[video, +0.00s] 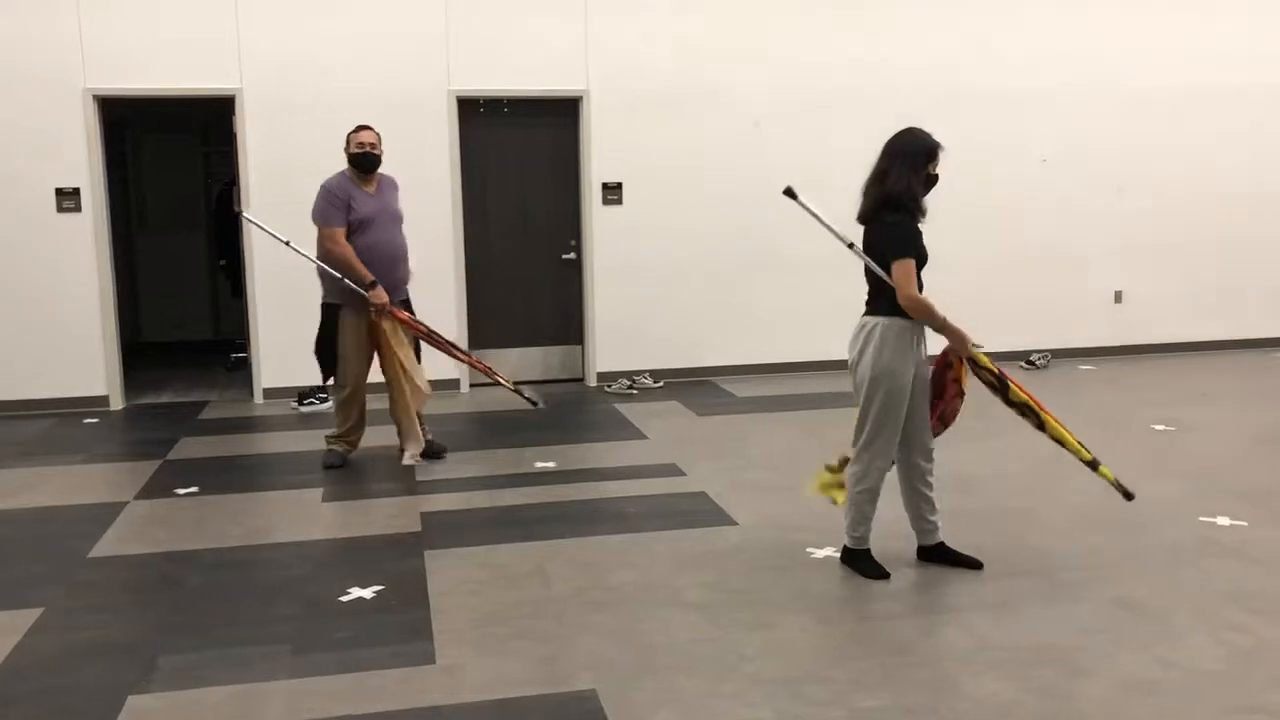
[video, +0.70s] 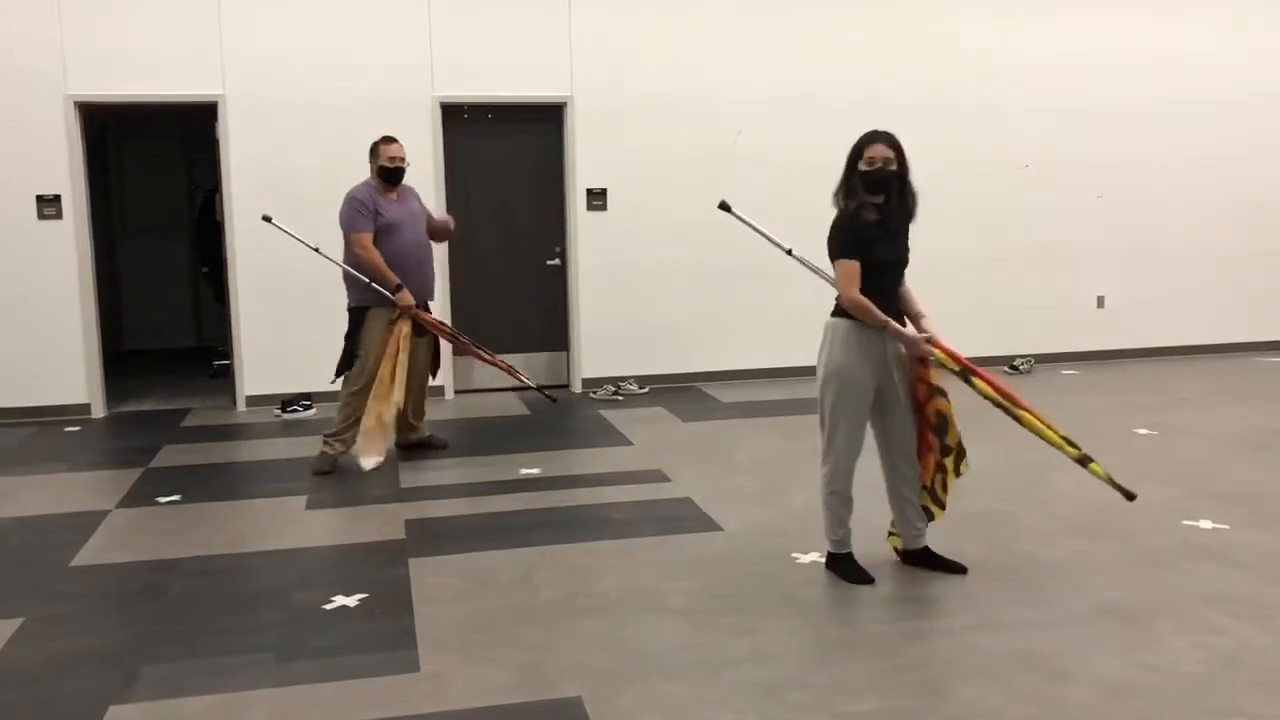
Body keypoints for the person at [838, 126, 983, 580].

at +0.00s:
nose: (935, 176)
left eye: (936, 167)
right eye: (931, 167)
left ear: (896, 164)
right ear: (914, 168)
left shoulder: (894, 218)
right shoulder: (895, 221)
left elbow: (897, 296)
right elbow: (907, 297)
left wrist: (937, 328)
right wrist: (952, 331)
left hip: (903, 339)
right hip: (886, 338)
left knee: (917, 448)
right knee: (875, 449)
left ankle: (929, 542)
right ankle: (856, 546)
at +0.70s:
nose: (878, 168)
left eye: (888, 162)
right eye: (869, 162)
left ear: (900, 170)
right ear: (855, 168)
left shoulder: (897, 221)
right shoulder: (849, 222)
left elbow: (895, 282)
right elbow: (848, 295)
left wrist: (920, 323)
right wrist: (900, 334)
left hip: (890, 339)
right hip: (849, 339)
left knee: (902, 444)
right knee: (843, 449)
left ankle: (913, 545)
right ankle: (838, 551)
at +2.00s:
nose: (866, 181)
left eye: (874, 175)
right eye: (858, 173)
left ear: (883, 181)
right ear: (841, 175)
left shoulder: (875, 229)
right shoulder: (831, 227)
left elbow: (871, 296)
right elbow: (835, 302)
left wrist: (888, 364)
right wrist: (880, 354)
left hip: (872, 345)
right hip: (833, 344)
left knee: (877, 454)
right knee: (819, 456)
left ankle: (878, 552)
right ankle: (800, 557)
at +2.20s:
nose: (869, 179)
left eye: (874, 172)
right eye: (862, 170)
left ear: (876, 172)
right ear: (841, 168)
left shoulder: (861, 216)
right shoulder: (825, 216)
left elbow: (856, 285)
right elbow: (832, 294)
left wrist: (867, 343)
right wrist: (874, 351)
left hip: (862, 338)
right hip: (827, 338)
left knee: (868, 448)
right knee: (813, 449)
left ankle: (872, 546)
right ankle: (794, 550)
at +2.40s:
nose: (872, 170)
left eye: (871, 162)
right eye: (866, 162)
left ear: (838, 165)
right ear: (845, 165)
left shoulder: (842, 215)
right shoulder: (821, 217)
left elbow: (846, 291)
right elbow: (832, 291)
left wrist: (872, 360)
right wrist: (873, 345)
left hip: (852, 334)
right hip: (821, 334)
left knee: (859, 442)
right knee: (807, 442)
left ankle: (864, 537)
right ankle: (786, 542)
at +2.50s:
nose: (868, 170)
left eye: (868, 161)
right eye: (864, 161)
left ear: (833, 159)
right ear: (846, 162)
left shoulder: (838, 212)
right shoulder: (823, 214)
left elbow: (839, 290)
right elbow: (834, 291)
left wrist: (864, 351)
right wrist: (875, 346)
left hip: (848, 334)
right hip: (821, 333)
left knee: (855, 441)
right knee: (808, 441)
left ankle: (861, 535)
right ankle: (783, 540)